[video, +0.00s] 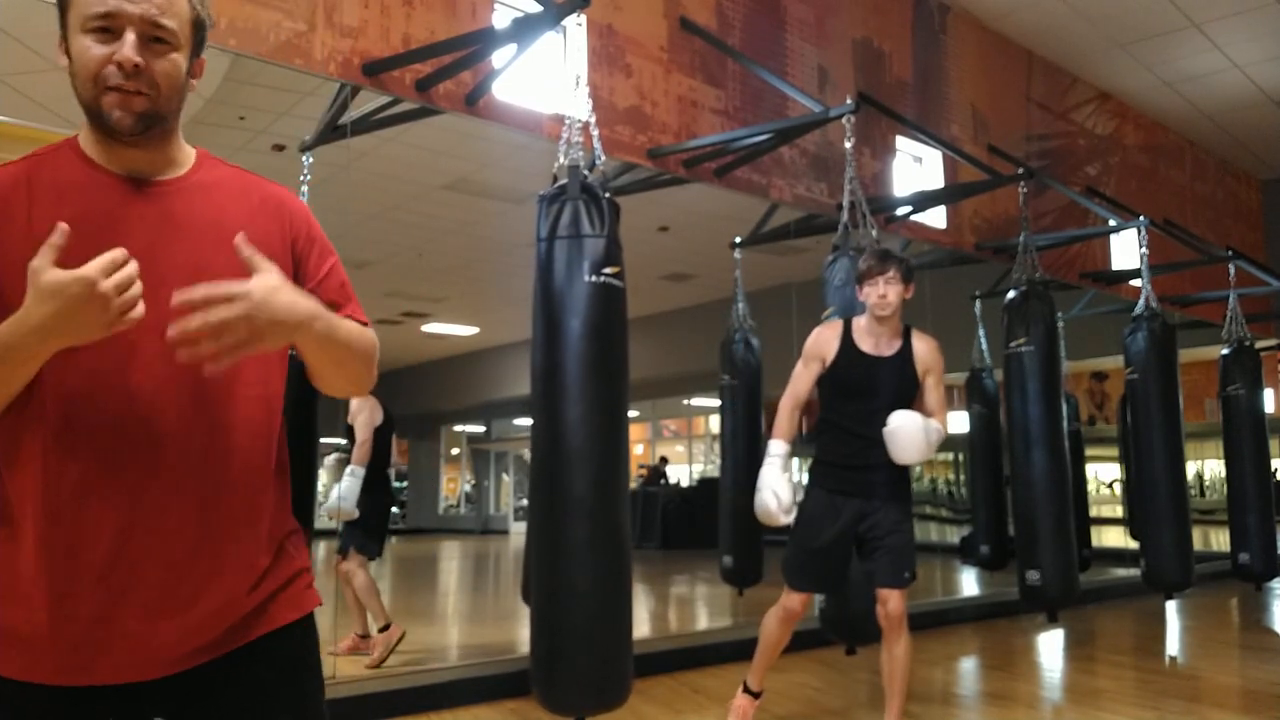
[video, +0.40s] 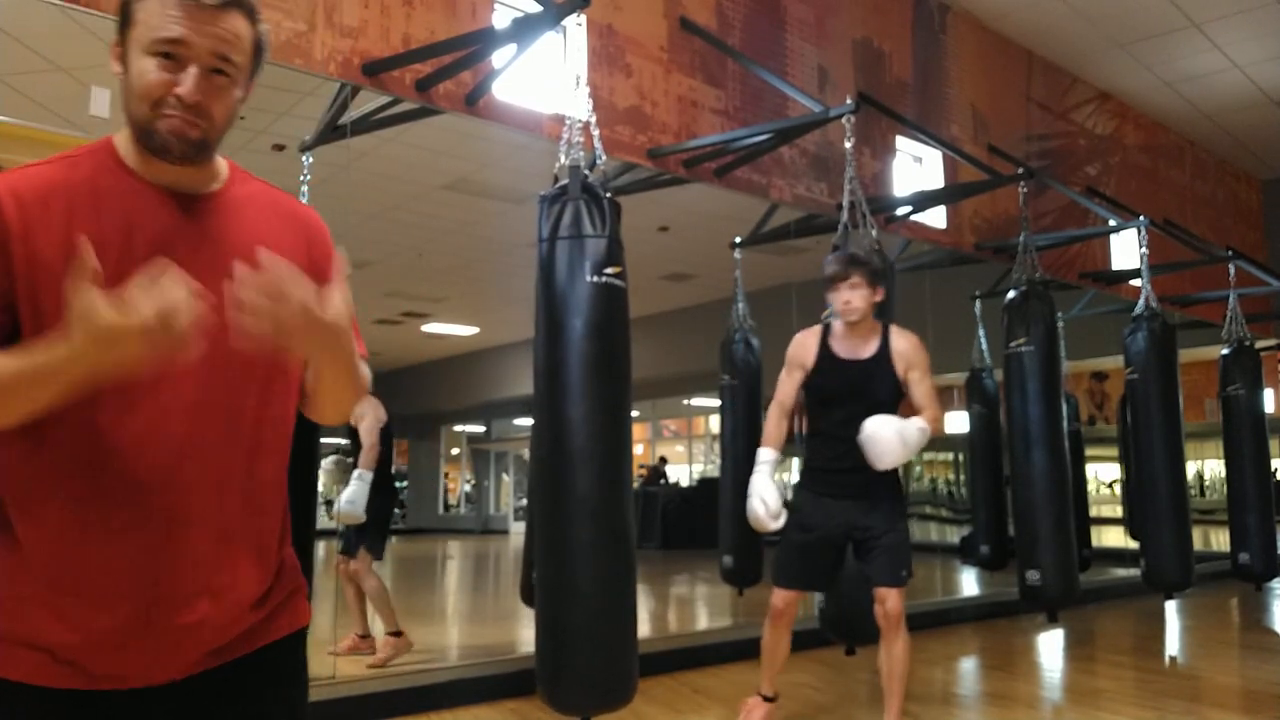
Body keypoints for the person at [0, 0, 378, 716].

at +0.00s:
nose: (128, 56)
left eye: (157, 39)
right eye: (103, 31)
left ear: (195, 70)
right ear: (64, 50)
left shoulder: (274, 213)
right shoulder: (8, 200)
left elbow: (358, 375)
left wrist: (302, 320)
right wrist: (31, 335)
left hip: (247, 634)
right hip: (44, 642)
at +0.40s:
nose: (188, 88)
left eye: (219, 70)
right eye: (166, 57)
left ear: (246, 91)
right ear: (118, 59)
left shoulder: (296, 232)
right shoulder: (21, 208)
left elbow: (334, 409)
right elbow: (3, 398)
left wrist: (326, 346)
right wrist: (78, 356)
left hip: (244, 652)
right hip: (51, 655)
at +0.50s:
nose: (212, 92)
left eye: (245, 74)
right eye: (192, 57)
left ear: (270, 96)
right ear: (144, 58)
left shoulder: (318, 241)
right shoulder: (34, 214)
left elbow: (365, 391)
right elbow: (2, 388)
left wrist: (350, 414)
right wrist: (106, 420)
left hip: (248, 657)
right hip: (58, 654)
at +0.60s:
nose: (239, 91)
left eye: (269, 75)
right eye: (220, 58)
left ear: (293, 100)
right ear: (172, 59)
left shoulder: (338, 241)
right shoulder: (61, 212)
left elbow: (383, 389)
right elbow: (1, 382)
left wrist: (364, 419)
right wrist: (128, 424)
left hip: (266, 659)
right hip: (74, 656)